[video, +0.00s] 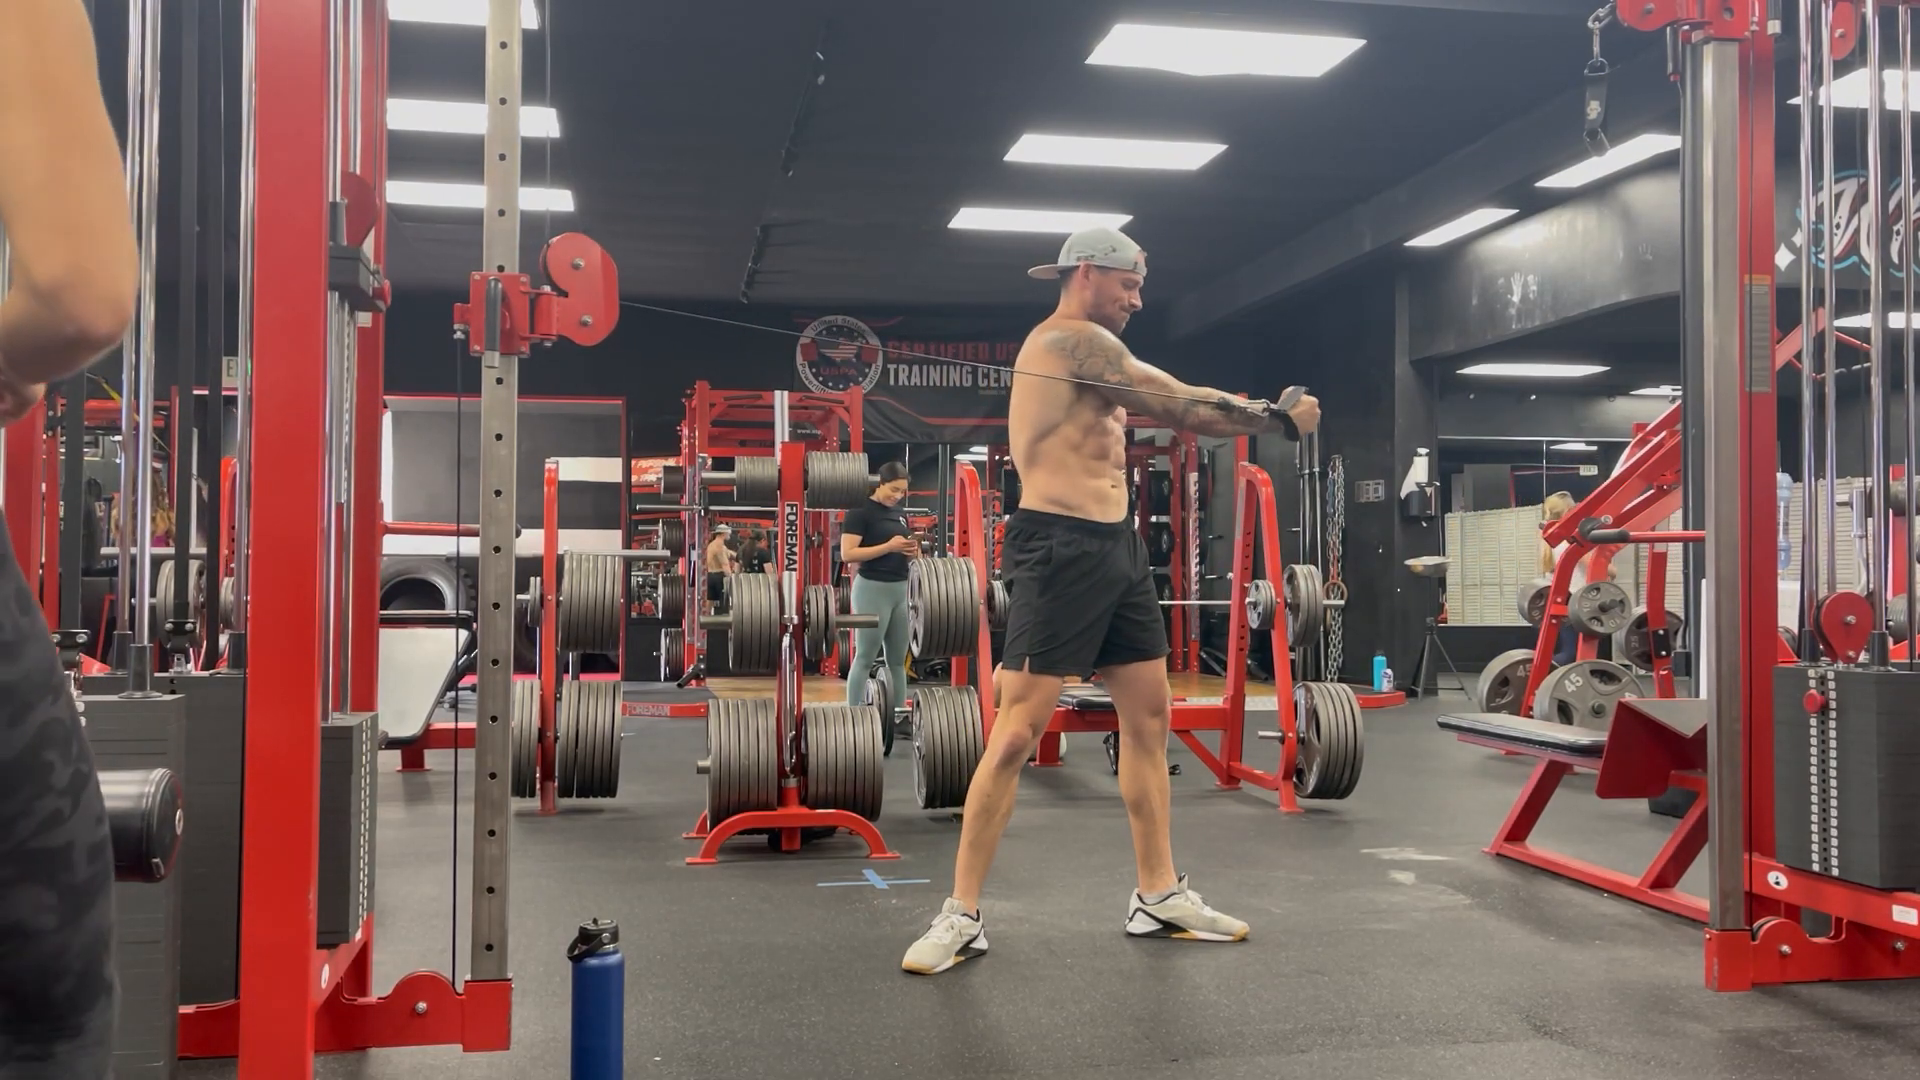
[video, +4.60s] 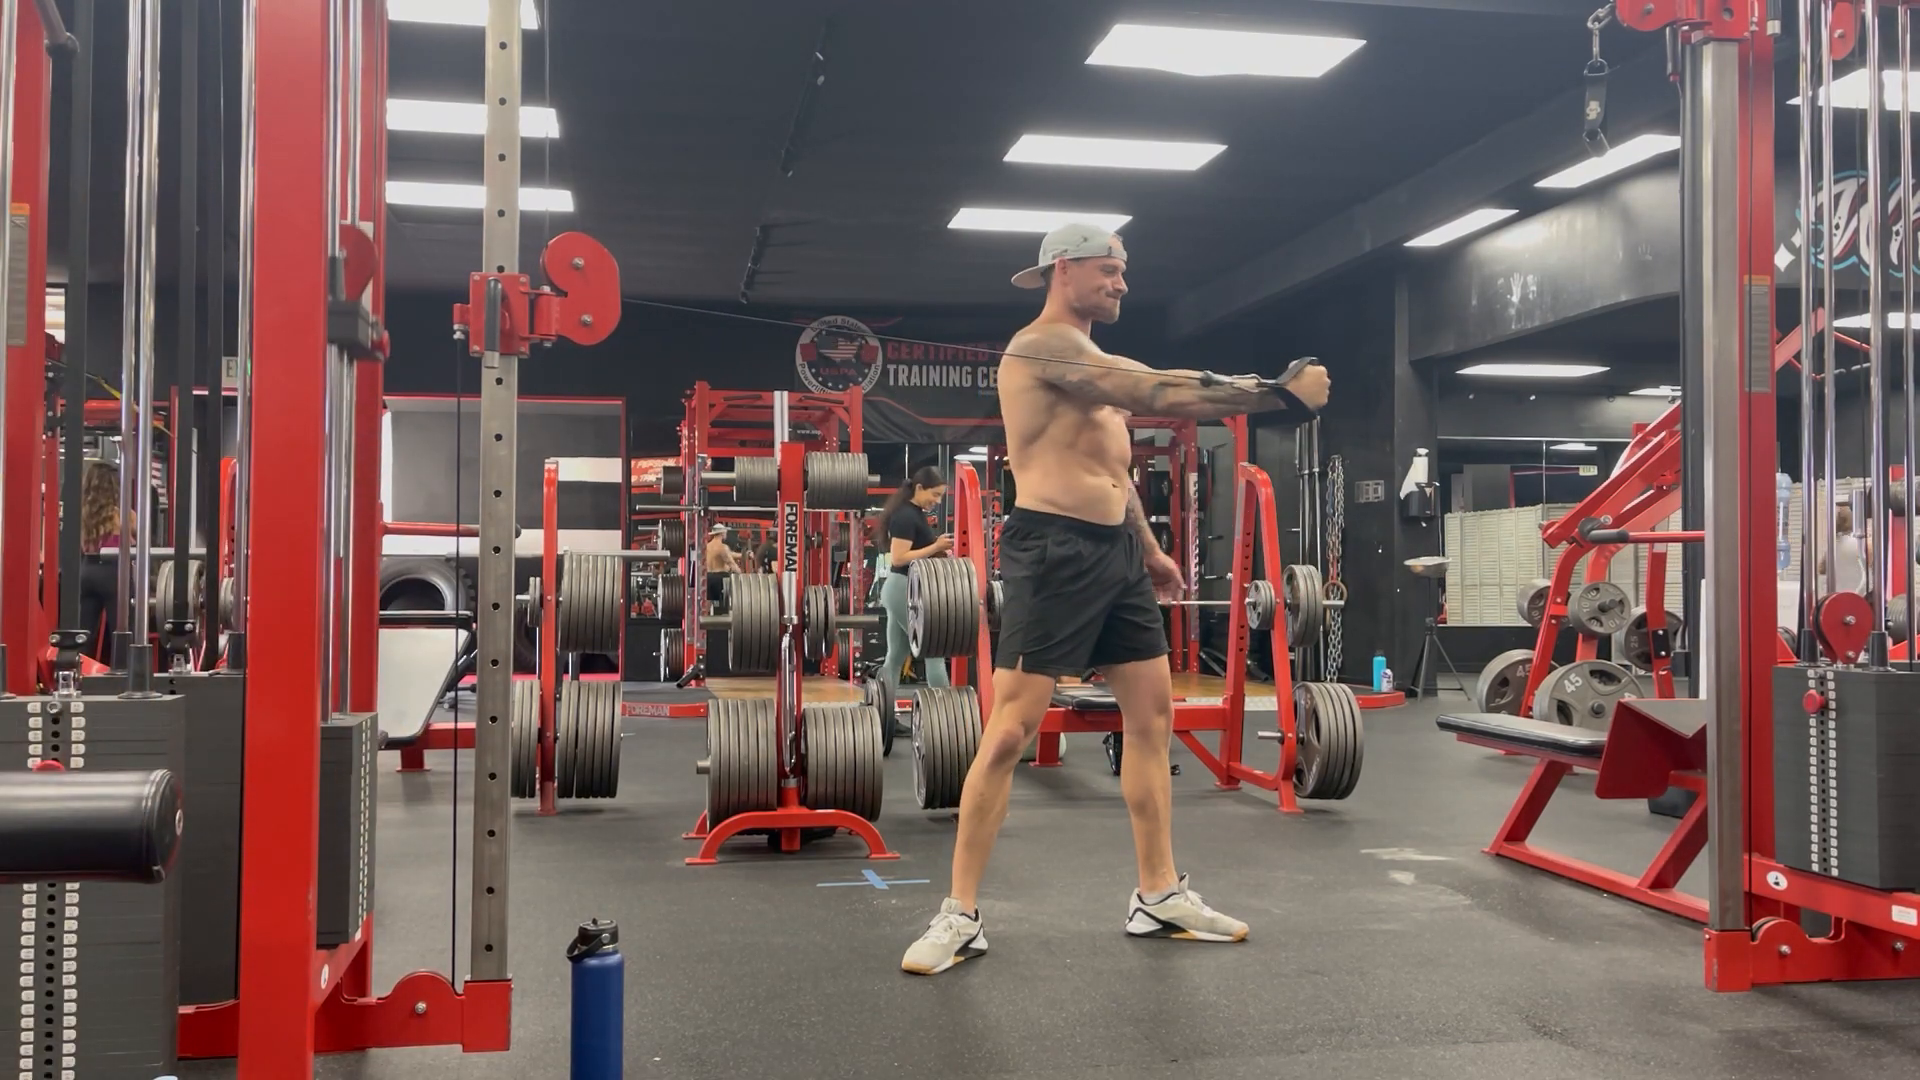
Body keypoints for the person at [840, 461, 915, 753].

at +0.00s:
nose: (898, 496)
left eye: (902, 491)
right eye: (894, 489)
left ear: (904, 490)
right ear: (879, 484)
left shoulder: (896, 515)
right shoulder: (859, 513)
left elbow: (905, 553)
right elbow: (847, 553)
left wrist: (913, 550)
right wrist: (889, 547)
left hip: (899, 590)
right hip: (871, 589)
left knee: (897, 660)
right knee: (866, 656)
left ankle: (901, 715)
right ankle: (853, 715)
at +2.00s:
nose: (898, 499)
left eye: (902, 494)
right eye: (894, 492)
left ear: (905, 491)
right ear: (880, 485)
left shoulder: (898, 514)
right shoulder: (858, 514)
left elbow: (905, 557)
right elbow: (846, 554)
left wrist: (911, 548)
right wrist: (887, 547)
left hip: (899, 592)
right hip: (870, 590)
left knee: (896, 661)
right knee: (863, 658)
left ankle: (899, 721)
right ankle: (853, 720)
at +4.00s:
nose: (902, 496)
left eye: (904, 491)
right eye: (899, 490)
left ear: (897, 487)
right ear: (884, 484)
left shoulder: (885, 513)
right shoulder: (869, 513)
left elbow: (883, 549)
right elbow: (863, 556)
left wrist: (905, 549)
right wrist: (901, 545)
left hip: (892, 592)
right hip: (873, 590)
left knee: (886, 661)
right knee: (868, 660)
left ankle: (880, 717)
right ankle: (855, 718)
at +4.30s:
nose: (918, 497)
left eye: (920, 492)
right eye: (915, 490)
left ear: (901, 487)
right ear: (898, 485)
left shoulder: (895, 512)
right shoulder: (886, 513)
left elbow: (894, 550)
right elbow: (883, 557)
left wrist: (918, 548)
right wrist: (918, 545)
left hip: (893, 586)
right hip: (886, 587)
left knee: (886, 655)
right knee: (905, 654)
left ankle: (874, 711)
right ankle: (881, 710)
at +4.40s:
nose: (923, 498)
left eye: (926, 493)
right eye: (921, 492)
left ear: (907, 488)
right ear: (904, 485)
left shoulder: (899, 512)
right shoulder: (892, 513)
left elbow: (897, 551)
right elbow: (887, 557)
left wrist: (921, 550)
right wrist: (923, 546)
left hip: (893, 585)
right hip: (890, 586)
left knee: (889, 657)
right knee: (919, 650)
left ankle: (881, 713)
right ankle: (898, 712)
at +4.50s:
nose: (931, 499)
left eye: (933, 494)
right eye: (928, 493)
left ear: (913, 488)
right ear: (912, 487)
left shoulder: (906, 511)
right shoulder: (898, 513)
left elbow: (904, 551)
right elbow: (892, 557)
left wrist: (929, 549)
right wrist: (928, 546)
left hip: (897, 583)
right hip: (896, 584)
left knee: (893, 653)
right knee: (928, 648)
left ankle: (882, 714)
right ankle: (926, 716)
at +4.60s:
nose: (937, 501)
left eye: (941, 496)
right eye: (935, 494)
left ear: (920, 490)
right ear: (919, 488)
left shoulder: (915, 513)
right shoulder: (905, 514)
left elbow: (912, 552)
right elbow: (898, 558)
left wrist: (937, 549)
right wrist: (934, 547)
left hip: (903, 582)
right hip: (903, 584)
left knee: (897, 652)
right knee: (933, 648)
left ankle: (884, 712)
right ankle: (945, 715)